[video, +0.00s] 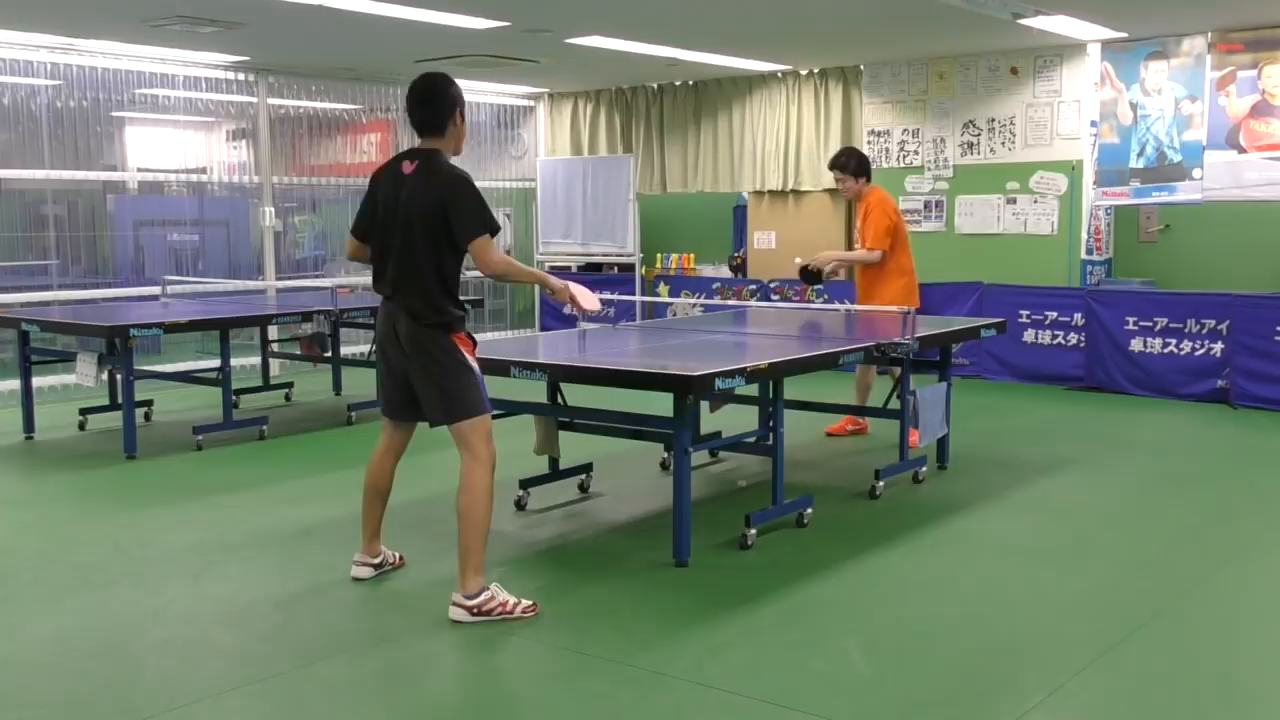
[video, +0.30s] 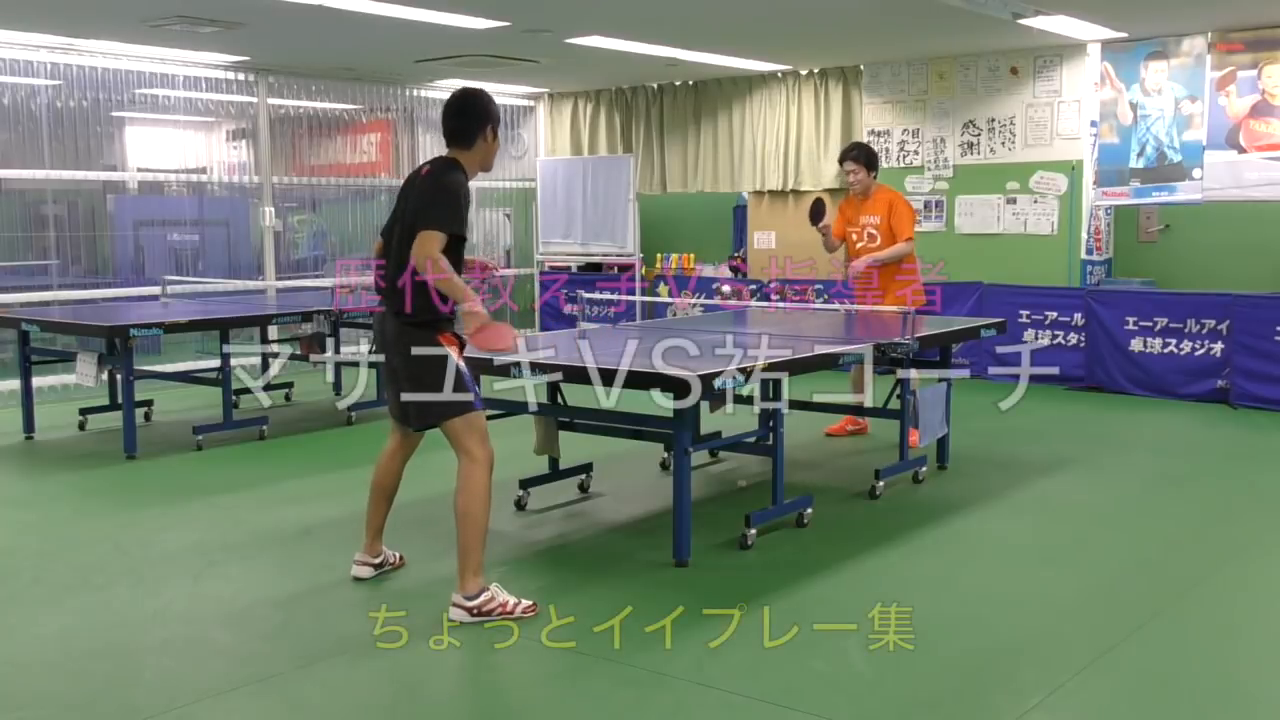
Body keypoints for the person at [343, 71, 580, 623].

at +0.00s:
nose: (467, 124)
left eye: (463, 114)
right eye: (465, 114)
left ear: (412, 121)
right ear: (457, 118)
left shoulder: (387, 173)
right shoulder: (453, 182)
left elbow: (356, 248)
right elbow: (490, 262)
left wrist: (410, 257)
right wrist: (552, 282)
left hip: (393, 326)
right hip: (438, 332)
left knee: (393, 437)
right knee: (478, 452)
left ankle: (369, 552)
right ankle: (472, 589)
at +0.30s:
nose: (500, 145)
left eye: (498, 134)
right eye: (498, 134)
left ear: (451, 131)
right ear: (486, 135)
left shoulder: (423, 176)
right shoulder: (450, 182)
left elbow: (384, 246)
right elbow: (425, 255)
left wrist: (447, 265)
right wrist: (469, 301)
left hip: (395, 328)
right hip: (424, 334)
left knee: (402, 438)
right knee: (476, 451)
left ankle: (370, 551)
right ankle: (472, 589)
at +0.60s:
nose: (510, 178)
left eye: (513, 168)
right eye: (509, 166)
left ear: (476, 159)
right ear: (483, 158)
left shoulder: (426, 193)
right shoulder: (451, 199)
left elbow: (383, 258)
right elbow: (459, 287)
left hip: (386, 340)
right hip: (405, 343)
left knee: (405, 441)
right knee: (464, 453)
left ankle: (370, 552)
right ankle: (465, 590)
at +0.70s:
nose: (508, 168)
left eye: (509, 157)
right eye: (505, 155)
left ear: (468, 151)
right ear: (483, 151)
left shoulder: (415, 188)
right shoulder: (469, 200)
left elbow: (366, 255)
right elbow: (526, 269)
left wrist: (439, 283)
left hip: (381, 336)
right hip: (411, 341)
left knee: (393, 441)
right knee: (469, 455)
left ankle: (369, 552)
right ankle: (469, 591)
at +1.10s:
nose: (502, 146)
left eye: (499, 137)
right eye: (502, 137)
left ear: (450, 136)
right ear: (493, 137)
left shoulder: (412, 184)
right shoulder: (489, 189)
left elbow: (372, 251)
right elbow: (530, 263)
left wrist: (429, 266)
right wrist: (574, 277)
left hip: (396, 338)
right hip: (448, 343)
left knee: (391, 445)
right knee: (500, 462)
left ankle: (365, 554)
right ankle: (475, 598)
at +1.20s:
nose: (509, 150)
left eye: (507, 140)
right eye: (508, 140)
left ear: (459, 137)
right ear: (496, 141)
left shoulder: (421, 183)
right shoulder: (473, 190)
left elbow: (380, 249)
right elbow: (464, 268)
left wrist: (434, 275)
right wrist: (523, 315)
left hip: (397, 342)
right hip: (437, 347)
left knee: (395, 443)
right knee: (492, 461)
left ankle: (359, 553)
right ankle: (474, 597)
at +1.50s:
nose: (509, 173)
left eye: (512, 163)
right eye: (508, 161)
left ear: (469, 154)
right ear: (482, 154)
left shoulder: (422, 191)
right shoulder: (458, 196)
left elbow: (384, 258)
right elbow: (502, 276)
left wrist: (452, 286)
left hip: (386, 344)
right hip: (418, 350)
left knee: (389, 446)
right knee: (481, 458)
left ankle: (357, 554)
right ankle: (472, 597)